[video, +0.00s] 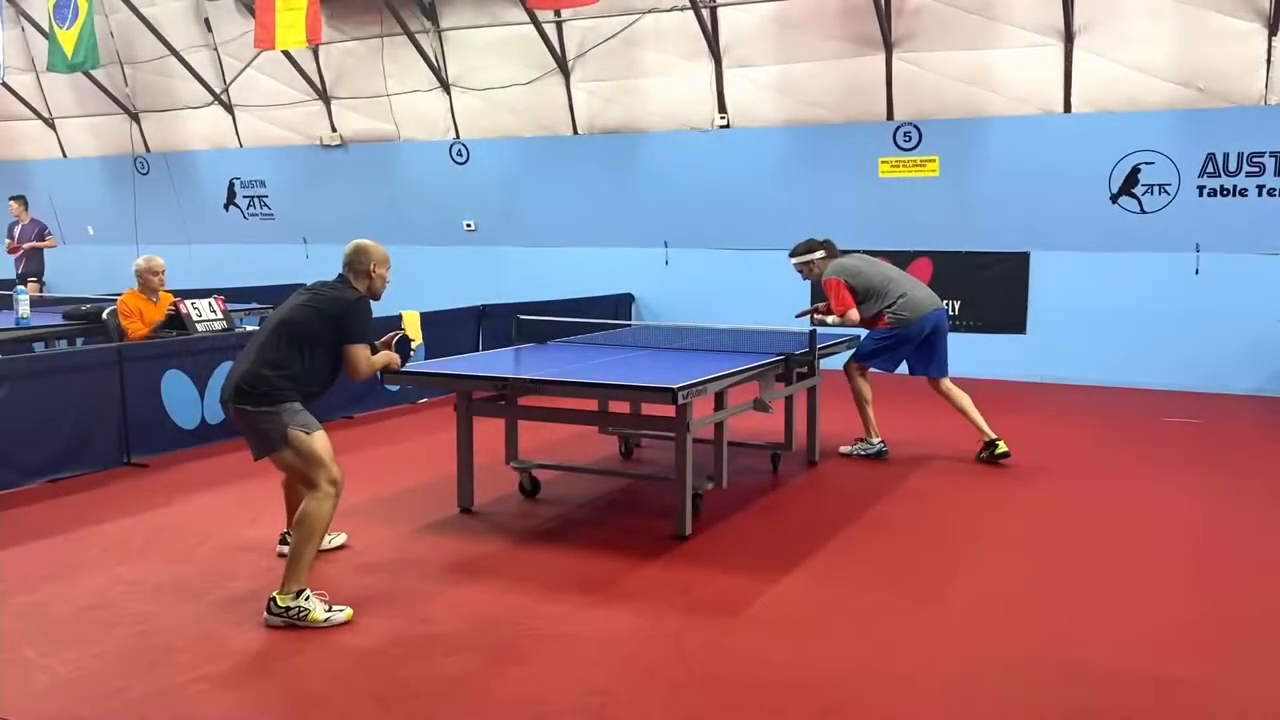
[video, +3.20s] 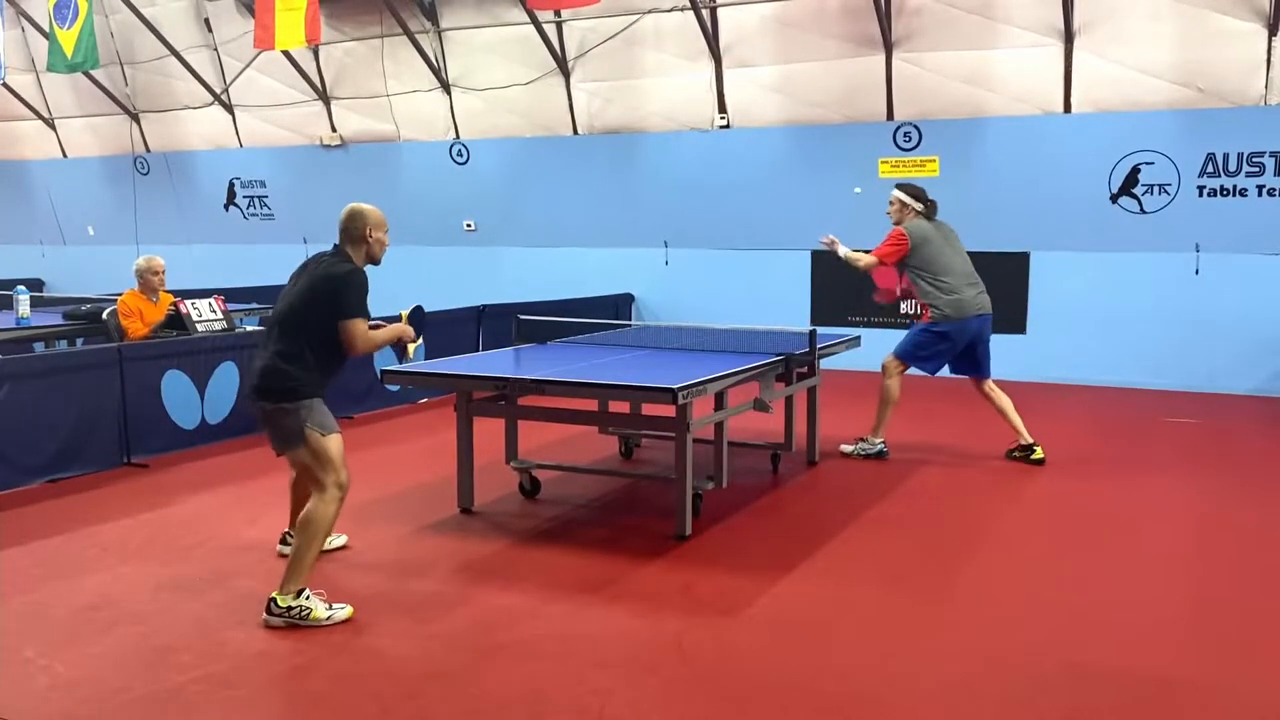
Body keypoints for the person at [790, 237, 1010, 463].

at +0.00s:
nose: (804, 277)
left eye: (803, 270)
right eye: (800, 272)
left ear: (817, 261)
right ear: (825, 256)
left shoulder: (832, 275)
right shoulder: (857, 261)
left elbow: (853, 317)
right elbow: (872, 311)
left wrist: (831, 318)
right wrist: (832, 310)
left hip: (906, 316)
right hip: (936, 311)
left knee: (854, 369)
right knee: (940, 381)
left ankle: (873, 440)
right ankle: (991, 439)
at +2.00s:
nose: (800, 276)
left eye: (800, 269)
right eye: (797, 270)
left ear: (815, 263)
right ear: (823, 257)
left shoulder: (830, 275)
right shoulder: (853, 260)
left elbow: (852, 316)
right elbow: (869, 305)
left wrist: (829, 318)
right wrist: (831, 306)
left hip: (902, 318)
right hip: (933, 309)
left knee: (852, 371)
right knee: (950, 377)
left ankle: (873, 441)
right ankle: (1003, 430)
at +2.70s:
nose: (828, 259)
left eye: (830, 253)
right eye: (827, 254)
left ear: (847, 248)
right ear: (854, 245)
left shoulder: (856, 267)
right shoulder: (885, 256)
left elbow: (861, 317)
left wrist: (831, 321)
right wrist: (852, 318)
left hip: (916, 330)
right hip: (946, 325)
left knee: (853, 369)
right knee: (963, 393)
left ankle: (872, 441)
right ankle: (1023, 440)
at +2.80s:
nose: (839, 249)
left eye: (842, 243)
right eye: (838, 243)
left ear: (860, 240)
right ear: (866, 238)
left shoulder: (868, 259)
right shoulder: (896, 249)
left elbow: (858, 309)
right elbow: (894, 292)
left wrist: (827, 316)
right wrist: (858, 285)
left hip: (921, 327)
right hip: (952, 323)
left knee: (858, 367)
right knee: (967, 392)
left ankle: (873, 440)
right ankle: (1025, 441)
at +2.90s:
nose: (854, 237)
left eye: (856, 231)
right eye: (852, 231)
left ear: (874, 230)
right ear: (884, 229)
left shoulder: (877, 251)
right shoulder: (909, 243)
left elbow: (858, 295)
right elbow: (898, 281)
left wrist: (827, 293)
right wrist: (864, 266)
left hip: (927, 324)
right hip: (959, 321)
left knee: (865, 366)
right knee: (971, 390)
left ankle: (873, 440)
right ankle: (1026, 442)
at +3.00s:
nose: (867, 227)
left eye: (870, 221)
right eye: (866, 221)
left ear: (888, 222)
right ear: (894, 221)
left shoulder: (888, 244)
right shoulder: (921, 237)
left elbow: (857, 281)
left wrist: (831, 258)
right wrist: (873, 264)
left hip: (933, 321)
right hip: (966, 318)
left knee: (873, 364)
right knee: (976, 387)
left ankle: (873, 440)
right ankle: (1026, 442)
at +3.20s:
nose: (888, 210)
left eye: (893, 204)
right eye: (890, 204)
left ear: (910, 208)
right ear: (917, 209)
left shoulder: (906, 232)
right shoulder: (944, 228)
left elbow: (866, 262)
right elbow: (943, 266)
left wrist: (841, 251)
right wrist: (911, 283)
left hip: (948, 317)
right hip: (981, 313)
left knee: (892, 367)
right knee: (984, 382)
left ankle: (875, 440)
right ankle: (1027, 442)